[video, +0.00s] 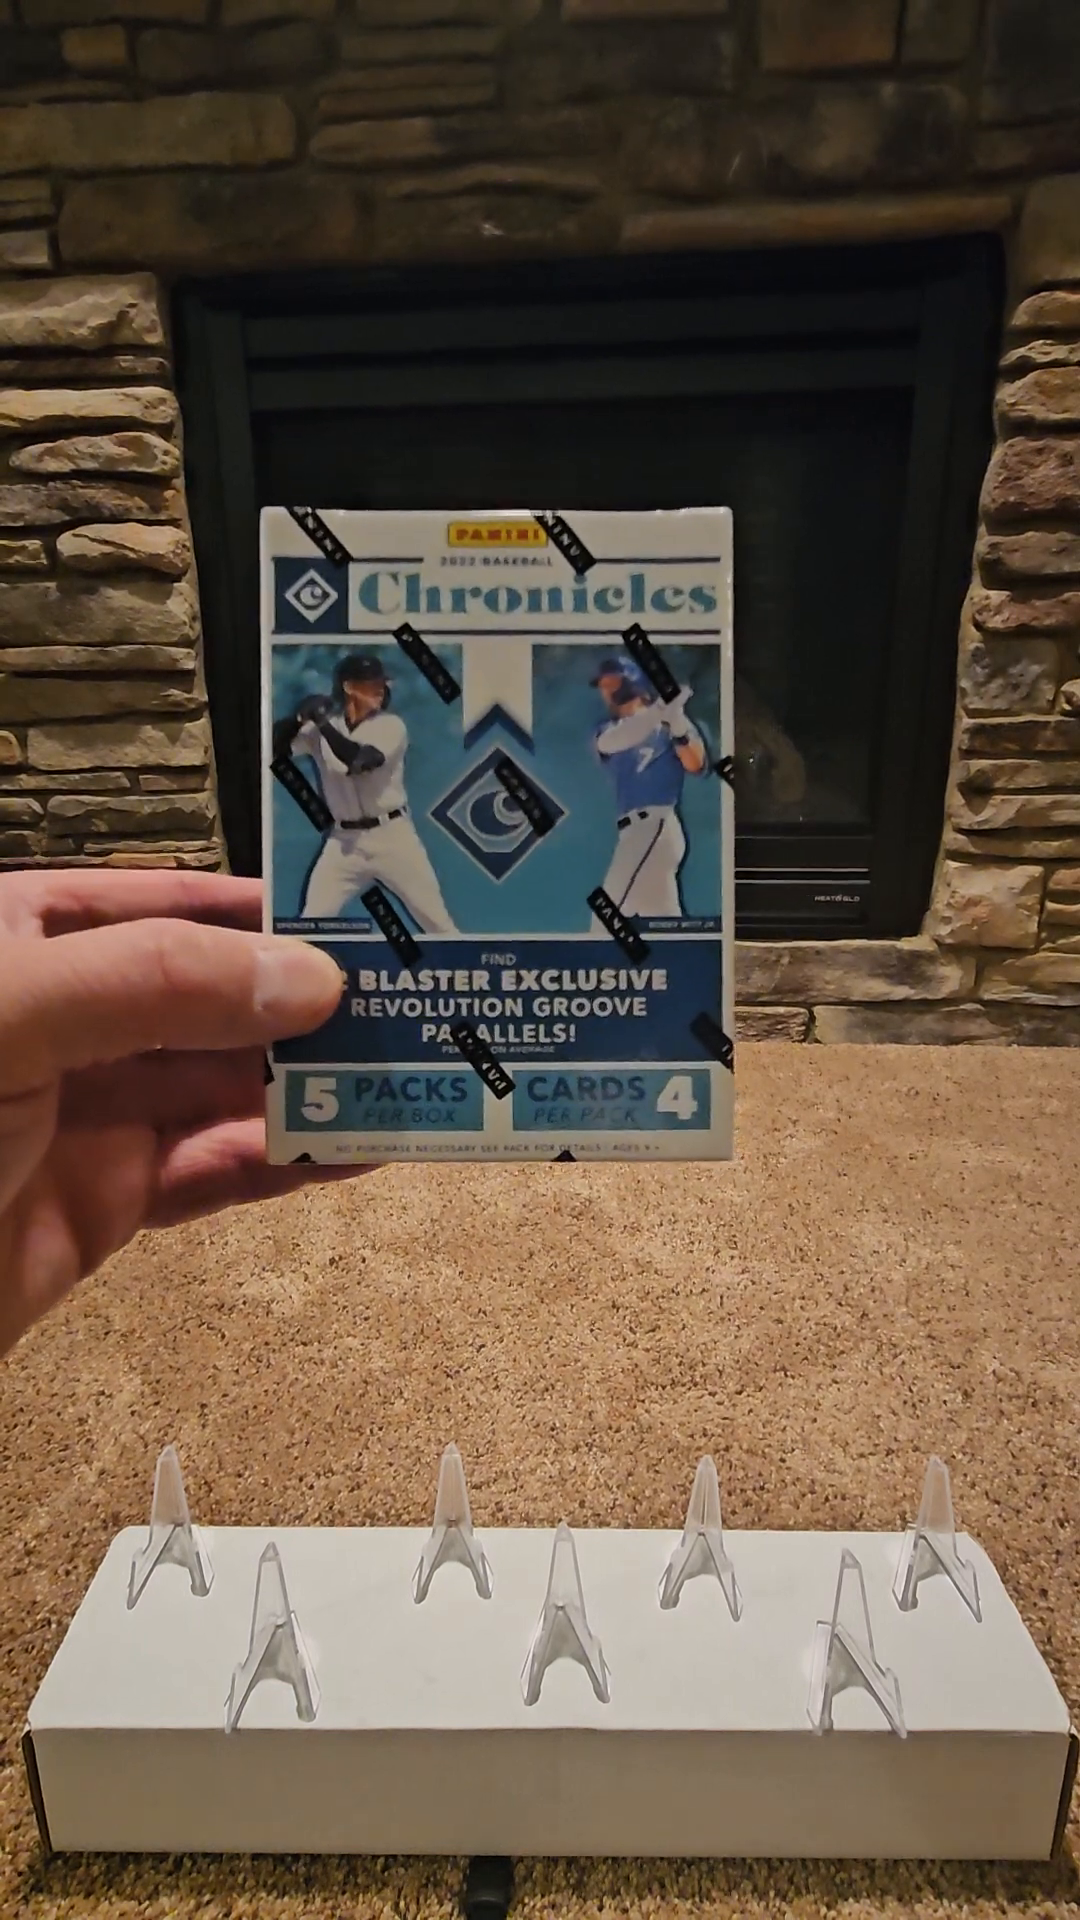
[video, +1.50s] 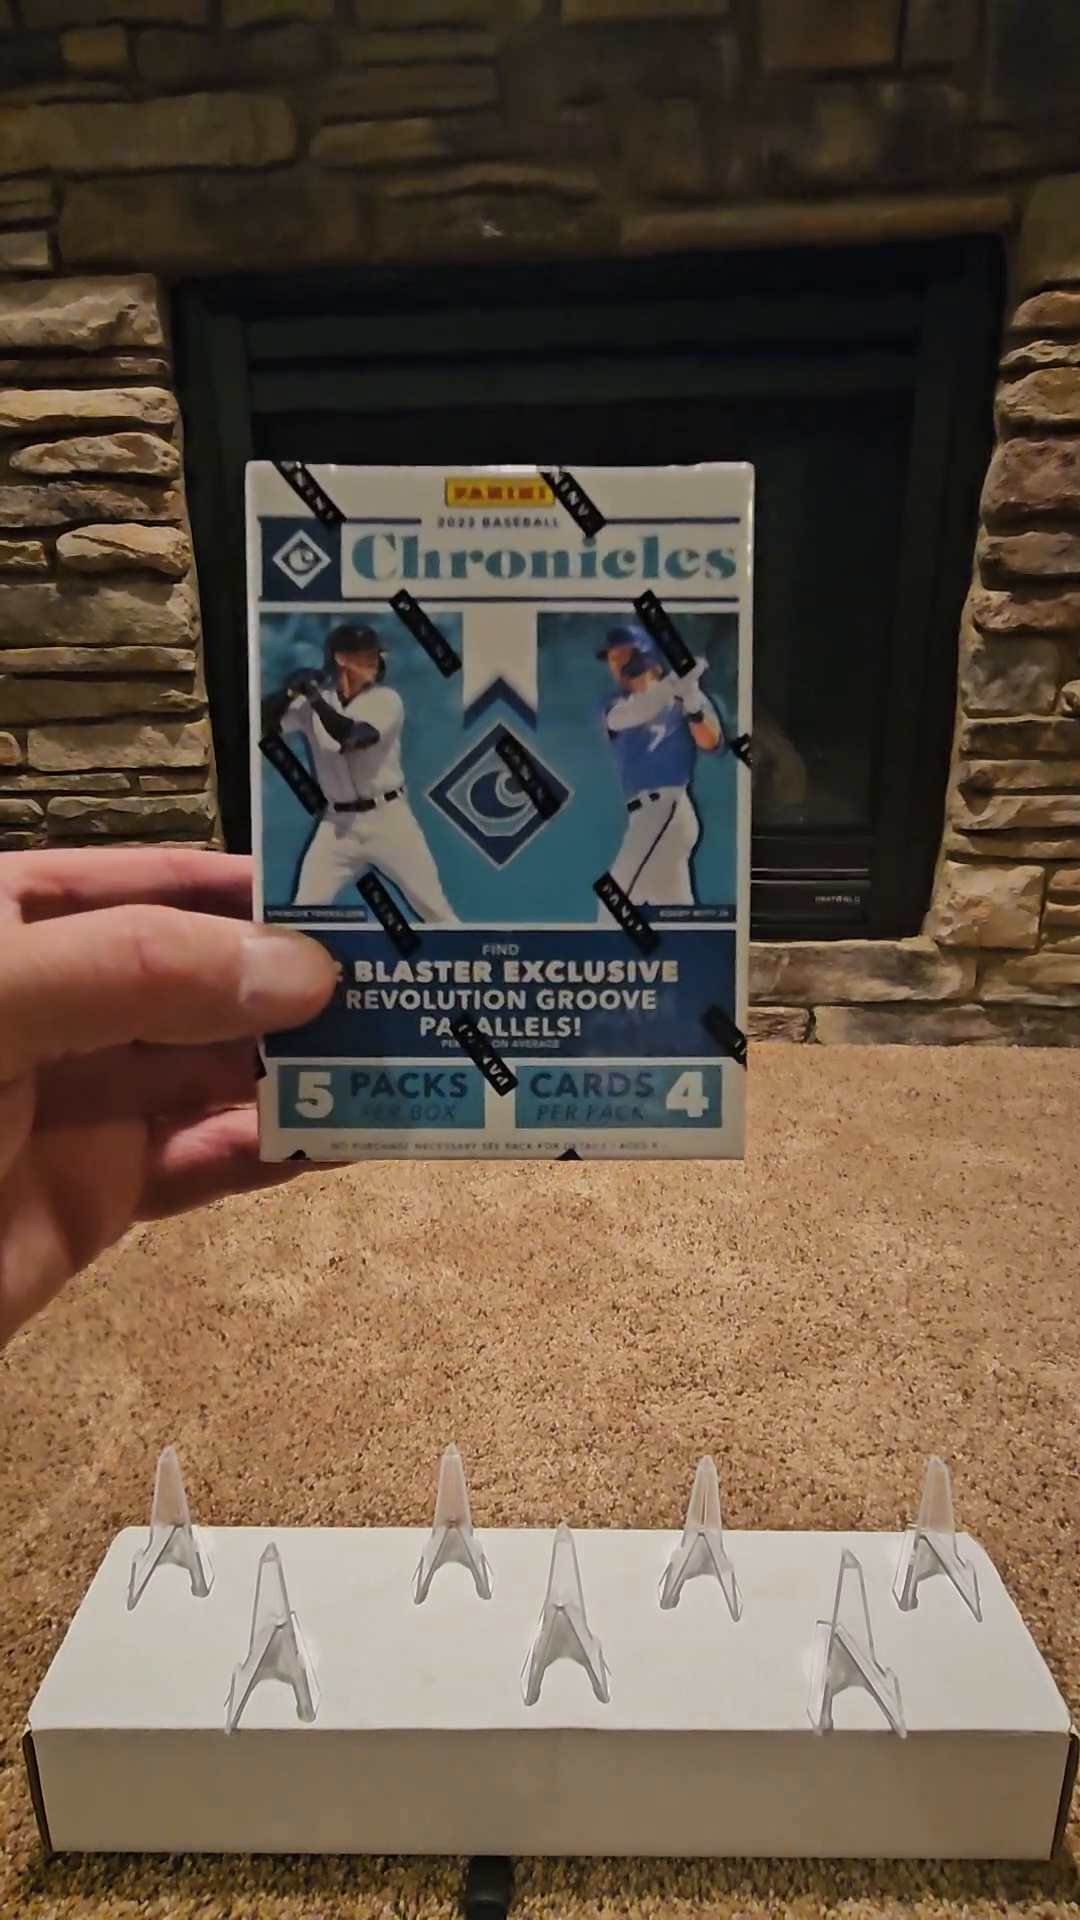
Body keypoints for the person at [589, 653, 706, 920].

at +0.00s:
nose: (607, 693)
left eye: (613, 684)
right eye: (603, 686)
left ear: (633, 686)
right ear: (600, 690)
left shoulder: (673, 721)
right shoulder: (607, 730)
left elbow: (696, 766)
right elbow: (614, 742)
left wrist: (677, 722)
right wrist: (658, 712)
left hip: (655, 829)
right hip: (633, 832)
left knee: (607, 916)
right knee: (665, 925)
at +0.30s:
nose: (607, 697)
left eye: (613, 688)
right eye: (604, 691)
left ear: (633, 688)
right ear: (602, 695)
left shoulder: (674, 725)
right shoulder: (609, 735)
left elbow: (699, 769)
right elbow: (621, 744)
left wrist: (681, 729)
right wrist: (662, 714)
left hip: (659, 832)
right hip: (635, 837)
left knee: (610, 921)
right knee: (668, 931)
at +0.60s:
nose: (614, 713)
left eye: (621, 703)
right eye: (611, 706)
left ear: (642, 703)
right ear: (607, 712)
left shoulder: (681, 741)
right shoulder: (615, 751)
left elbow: (707, 786)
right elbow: (629, 760)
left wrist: (688, 743)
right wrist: (668, 730)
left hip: (666, 851)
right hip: (642, 855)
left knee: (615, 937)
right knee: (675, 950)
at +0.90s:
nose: (605, 682)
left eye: (612, 672)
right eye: (601, 675)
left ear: (632, 673)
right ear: (597, 681)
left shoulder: (674, 711)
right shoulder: (603, 722)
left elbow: (699, 759)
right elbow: (625, 728)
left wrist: (679, 712)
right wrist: (663, 697)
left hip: (657, 825)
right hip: (633, 828)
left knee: (606, 912)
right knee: (667, 925)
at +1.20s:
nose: (612, 665)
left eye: (619, 655)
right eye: (608, 658)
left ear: (640, 656)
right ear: (605, 664)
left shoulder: (680, 694)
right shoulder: (610, 705)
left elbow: (706, 742)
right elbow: (630, 712)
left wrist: (688, 698)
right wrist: (670, 680)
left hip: (663, 808)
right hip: (639, 812)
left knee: (611, 898)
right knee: (670, 909)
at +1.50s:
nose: (617, 665)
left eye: (624, 655)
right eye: (612, 658)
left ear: (645, 657)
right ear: (608, 664)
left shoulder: (684, 696)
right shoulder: (612, 706)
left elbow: (711, 743)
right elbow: (632, 715)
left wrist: (692, 699)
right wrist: (671, 684)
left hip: (668, 811)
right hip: (643, 815)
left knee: (615, 904)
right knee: (676, 915)